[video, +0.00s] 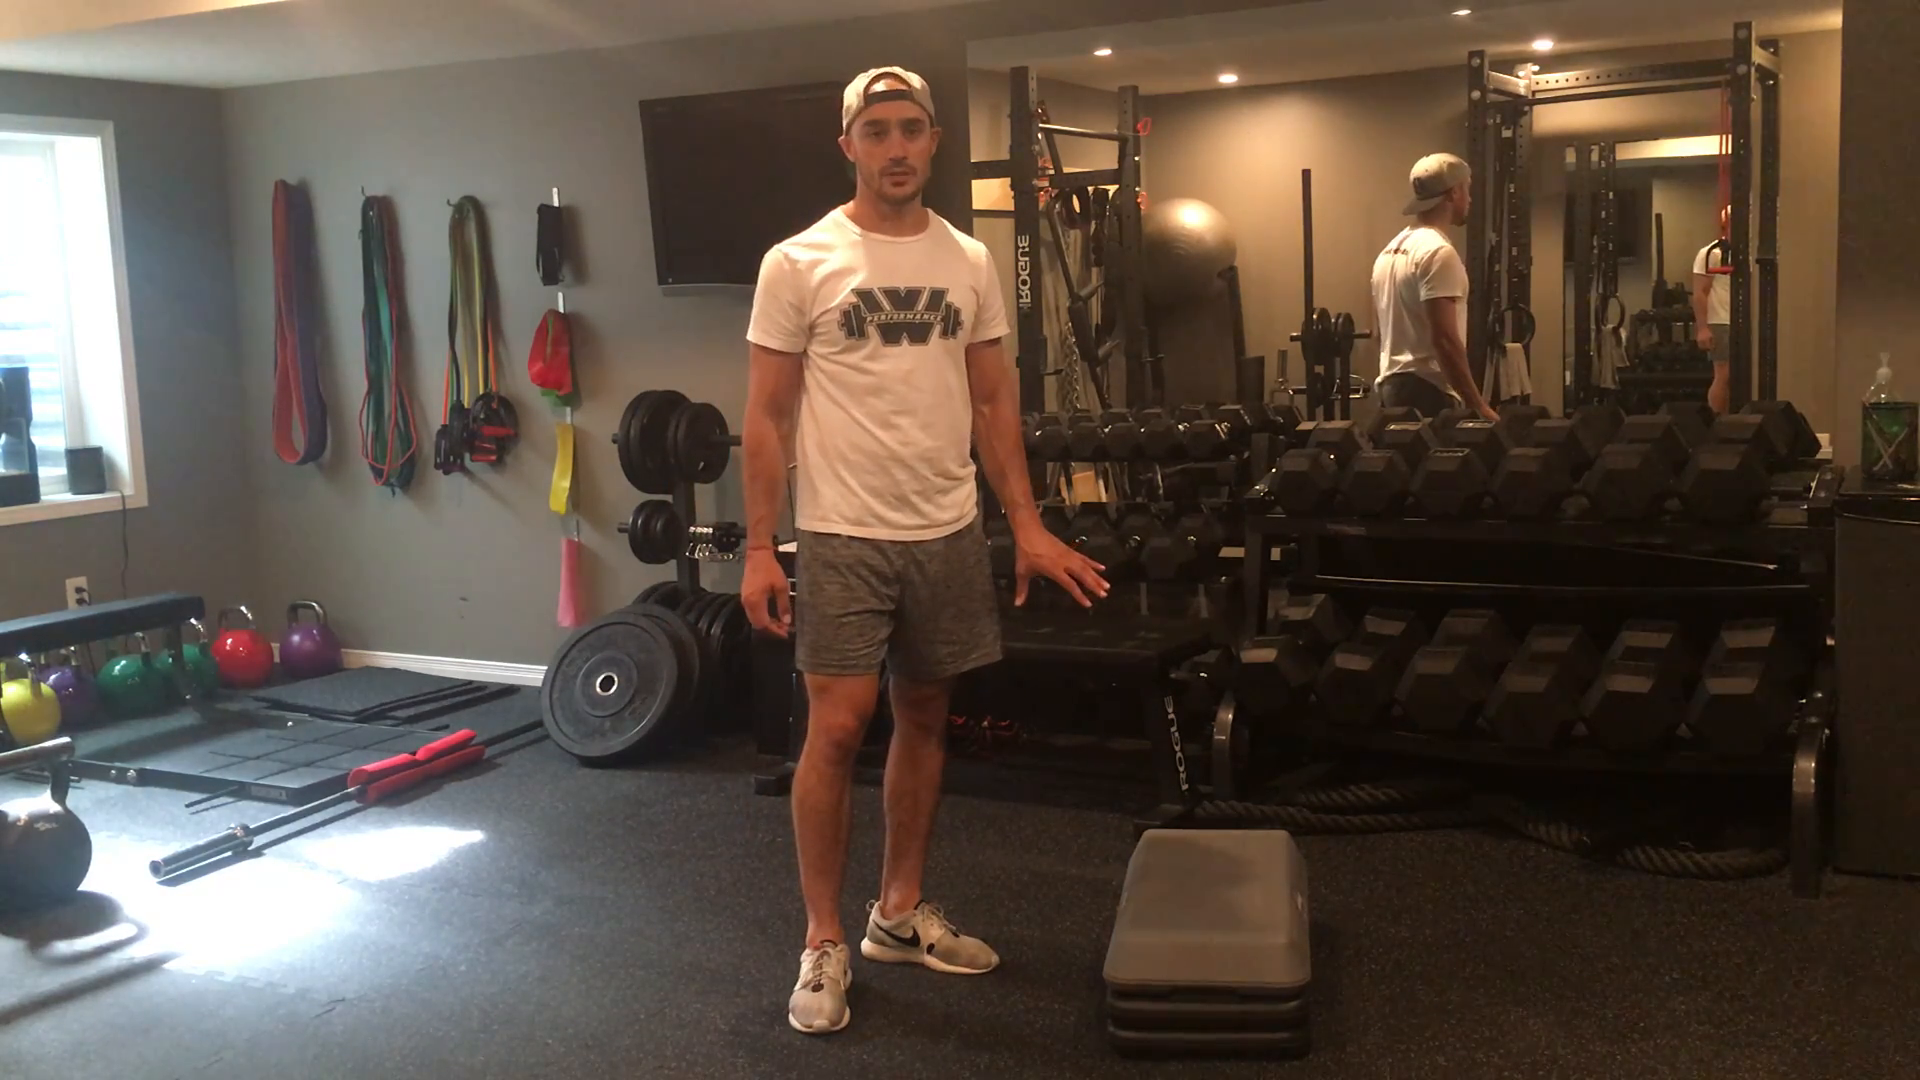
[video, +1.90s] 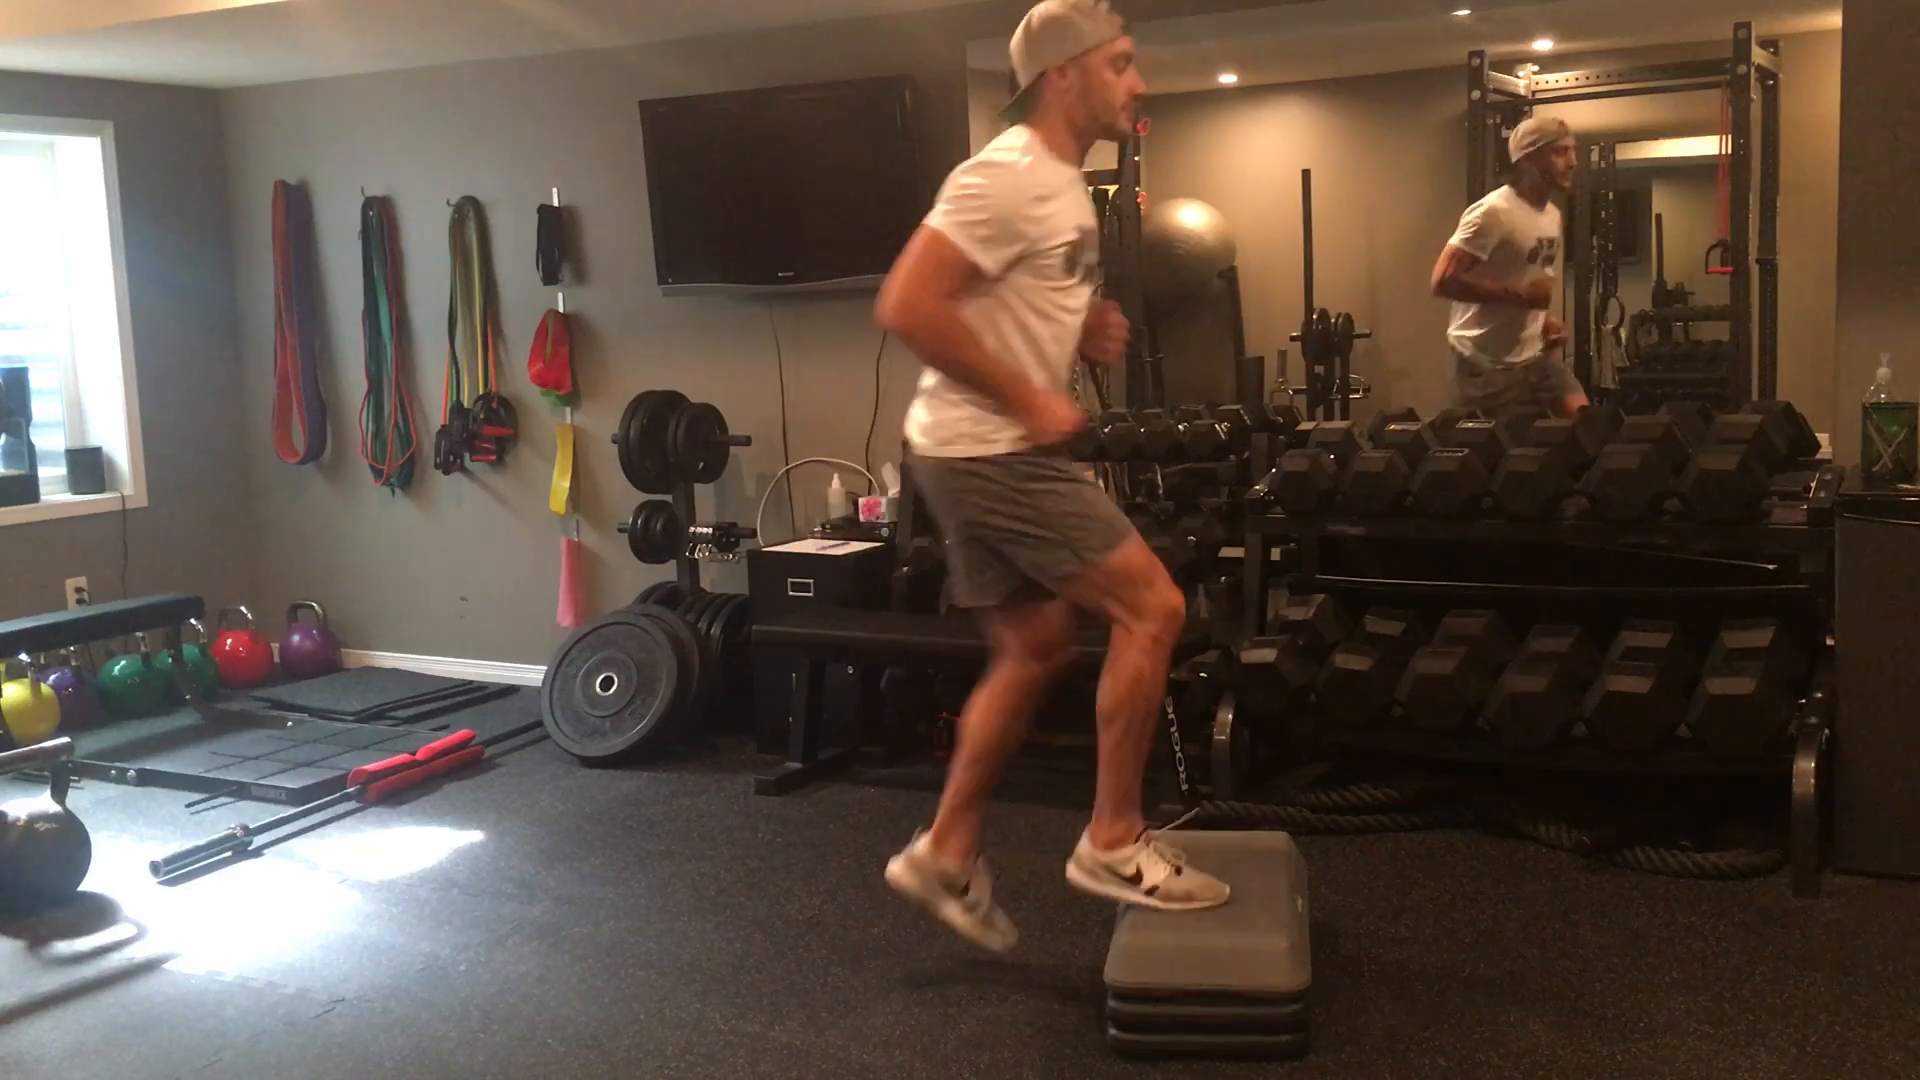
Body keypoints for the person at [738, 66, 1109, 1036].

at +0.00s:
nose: (896, 148)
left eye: (910, 131)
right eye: (877, 132)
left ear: (934, 144)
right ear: (848, 146)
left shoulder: (969, 263)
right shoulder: (798, 263)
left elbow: (993, 401)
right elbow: (770, 413)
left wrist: (1027, 522)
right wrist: (759, 546)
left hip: (947, 534)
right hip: (840, 536)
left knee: (924, 720)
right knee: (838, 727)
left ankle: (901, 911)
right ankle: (823, 941)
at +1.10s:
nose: (911, 178)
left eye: (914, 159)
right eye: (898, 158)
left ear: (857, 156)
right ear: (840, 151)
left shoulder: (856, 254)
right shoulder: (763, 264)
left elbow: (866, 405)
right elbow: (718, 428)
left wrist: (916, 501)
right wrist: (763, 572)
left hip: (869, 540)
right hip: (789, 550)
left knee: (897, 709)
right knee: (777, 748)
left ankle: (899, 910)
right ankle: (778, 944)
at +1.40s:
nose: (983, 176)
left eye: (985, 158)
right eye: (973, 156)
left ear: (920, 156)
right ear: (919, 153)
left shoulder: (900, 257)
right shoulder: (845, 253)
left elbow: (865, 411)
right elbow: (796, 415)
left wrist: (902, 503)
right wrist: (886, 531)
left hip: (880, 537)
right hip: (813, 541)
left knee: (923, 705)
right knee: (796, 738)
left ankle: (897, 917)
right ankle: (777, 943)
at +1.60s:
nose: (1056, 192)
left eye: (1054, 174)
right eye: (1044, 173)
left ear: (995, 179)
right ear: (990, 176)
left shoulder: (970, 270)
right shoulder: (924, 261)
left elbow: (913, 413)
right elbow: (851, 405)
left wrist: (958, 498)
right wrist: (947, 512)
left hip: (918, 541)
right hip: (876, 542)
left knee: (959, 736)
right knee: (963, 737)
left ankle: (902, 926)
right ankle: (815, 905)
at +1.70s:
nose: (1086, 197)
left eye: (1085, 180)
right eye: (1073, 179)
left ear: (1021, 188)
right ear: (1018, 184)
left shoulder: (998, 284)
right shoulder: (951, 271)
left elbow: (944, 423)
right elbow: (848, 389)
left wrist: (1020, 481)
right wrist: (942, 501)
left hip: (927, 539)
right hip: (903, 541)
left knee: (973, 724)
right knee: (1079, 676)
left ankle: (906, 925)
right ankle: (914, 839)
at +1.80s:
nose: (1111, 131)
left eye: (1109, 113)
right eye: (1097, 112)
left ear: (1047, 127)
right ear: (1043, 125)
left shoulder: (1035, 228)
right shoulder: (973, 215)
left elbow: (967, 331)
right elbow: (859, 325)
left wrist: (1055, 361)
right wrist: (963, 425)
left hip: (951, 490)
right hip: (943, 494)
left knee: (962, 689)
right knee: (1133, 604)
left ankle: (915, 904)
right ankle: (1050, 817)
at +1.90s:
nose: (1137, 83)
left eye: (1134, 64)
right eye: (1120, 65)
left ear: (1072, 83)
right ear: (1062, 81)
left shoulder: (1057, 183)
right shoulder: (1003, 175)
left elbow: (1001, 296)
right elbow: (908, 303)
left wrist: (1081, 324)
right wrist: (1024, 396)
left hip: (976, 449)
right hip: (989, 450)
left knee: (1034, 642)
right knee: (1152, 606)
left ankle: (945, 853)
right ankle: (1114, 839)